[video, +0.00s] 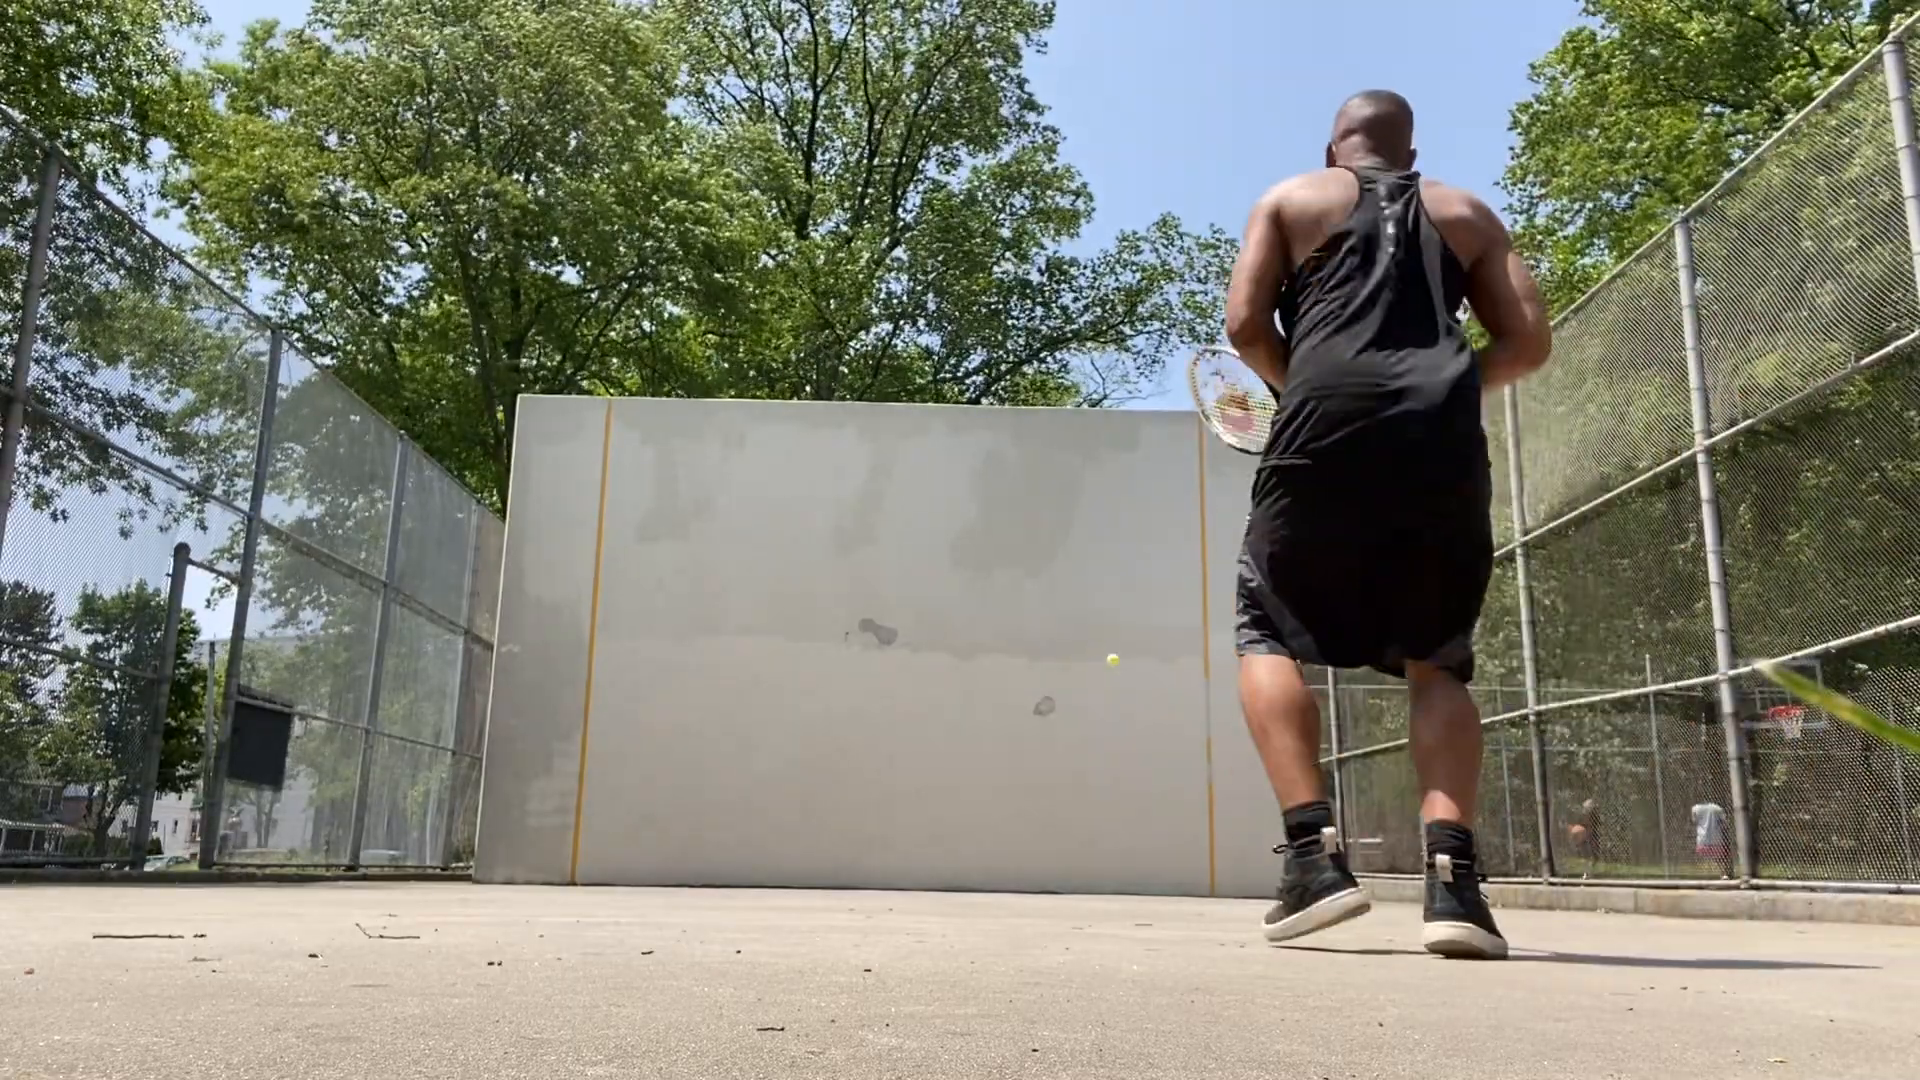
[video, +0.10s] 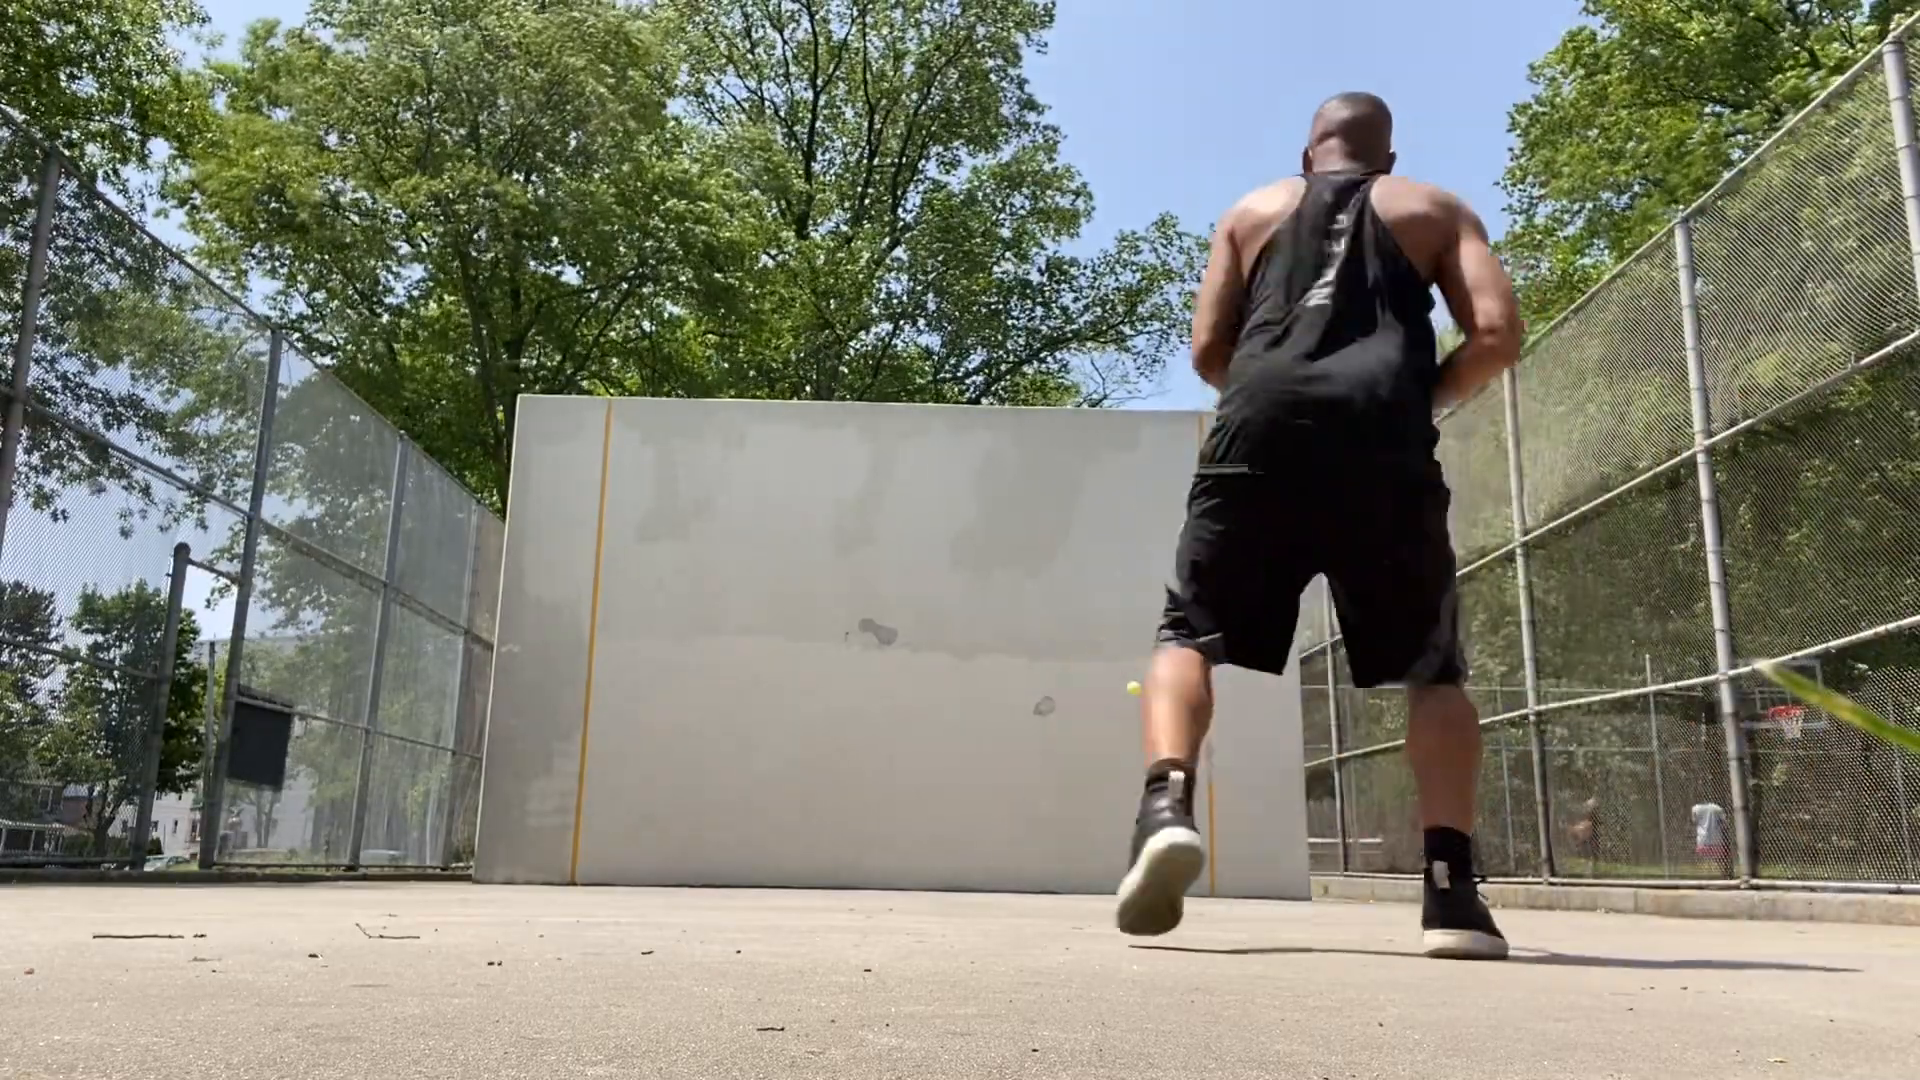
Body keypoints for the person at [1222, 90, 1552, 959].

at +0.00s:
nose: (1337, 147)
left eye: (1337, 138)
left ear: (1333, 146)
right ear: (1414, 154)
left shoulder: (1288, 200)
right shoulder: (1465, 210)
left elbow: (1244, 323)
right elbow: (1527, 343)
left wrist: (1308, 389)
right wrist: (1444, 383)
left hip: (1325, 431)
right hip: (1442, 438)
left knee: (1270, 633)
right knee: (1440, 661)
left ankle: (1313, 856)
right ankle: (1451, 880)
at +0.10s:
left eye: (1314, 146)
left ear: (1307, 153)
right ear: (1389, 156)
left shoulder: (1250, 213)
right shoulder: (1433, 206)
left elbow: (1208, 349)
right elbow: (1498, 333)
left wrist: (1276, 400)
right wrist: (1419, 399)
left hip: (1261, 433)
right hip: (1386, 441)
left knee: (1189, 631)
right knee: (1434, 667)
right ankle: (1451, 896)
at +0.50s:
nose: (1202, 101)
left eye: (1184, 85)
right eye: (1204, 91)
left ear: (1123, 73)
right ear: (1196, 84)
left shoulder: (1038, 143)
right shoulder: (1194, 119)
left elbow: (1060, 296)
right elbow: (1235, 240)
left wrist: (1191, 304)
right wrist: (1315, 240)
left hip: (994, 401)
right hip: (1116, 408)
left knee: (948, 635)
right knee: (1210, 637)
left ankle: (876, 867)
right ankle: (1275, 881)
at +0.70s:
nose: (1203, 96)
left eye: (1199, 87)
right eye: (1210, 84)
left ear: (1126, 62)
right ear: (1199, 80)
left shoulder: (1041, 144)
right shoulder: (1155, 99)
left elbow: (936, 227)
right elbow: (1175, 172)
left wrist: (926, 294)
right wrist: (1319, 48)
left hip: (968, 390)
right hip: (1085, 403)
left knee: (932, 629)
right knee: (1151, 645)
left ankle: (871, 869)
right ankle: (1175, 883)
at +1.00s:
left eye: (1057, 16)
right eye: (1139, 20)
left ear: (1054, 13)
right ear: (1139, 18)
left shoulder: (996, 68)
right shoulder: (1175, 93)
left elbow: (937, 225)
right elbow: (1185, 235)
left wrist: (883, 284)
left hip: (1012, 377)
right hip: (1139, 397)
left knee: (898, 559)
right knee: (1152, 631)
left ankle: (843, 752)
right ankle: (1182, 884)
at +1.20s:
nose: (1029, 25)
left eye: (1034, 18)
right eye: (1068, 25)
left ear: (1042, 19)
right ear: (1120, 29)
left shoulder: (998, 70)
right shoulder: (1139, 121)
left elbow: (957, 228)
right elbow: (1036, 149)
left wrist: (888, 238)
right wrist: (942, 73)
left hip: (988, 403)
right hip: (1107, 416)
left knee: (895, 606)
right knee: (1125, 641)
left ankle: (828, 856)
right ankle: (1182, 886)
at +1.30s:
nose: (1073, 27)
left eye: (1010, 13)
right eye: (1085, 20)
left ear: (1010, 14)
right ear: (1088, 27)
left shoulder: (967, 77)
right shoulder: (1111, 131)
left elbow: (920, 234)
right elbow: (1021, 224)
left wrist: (852, 219)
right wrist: (896, 157)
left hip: (958, 410)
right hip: (1077, 424)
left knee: (882, 618)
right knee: (1107, 646)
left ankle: (834, 868)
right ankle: (1178, 883)